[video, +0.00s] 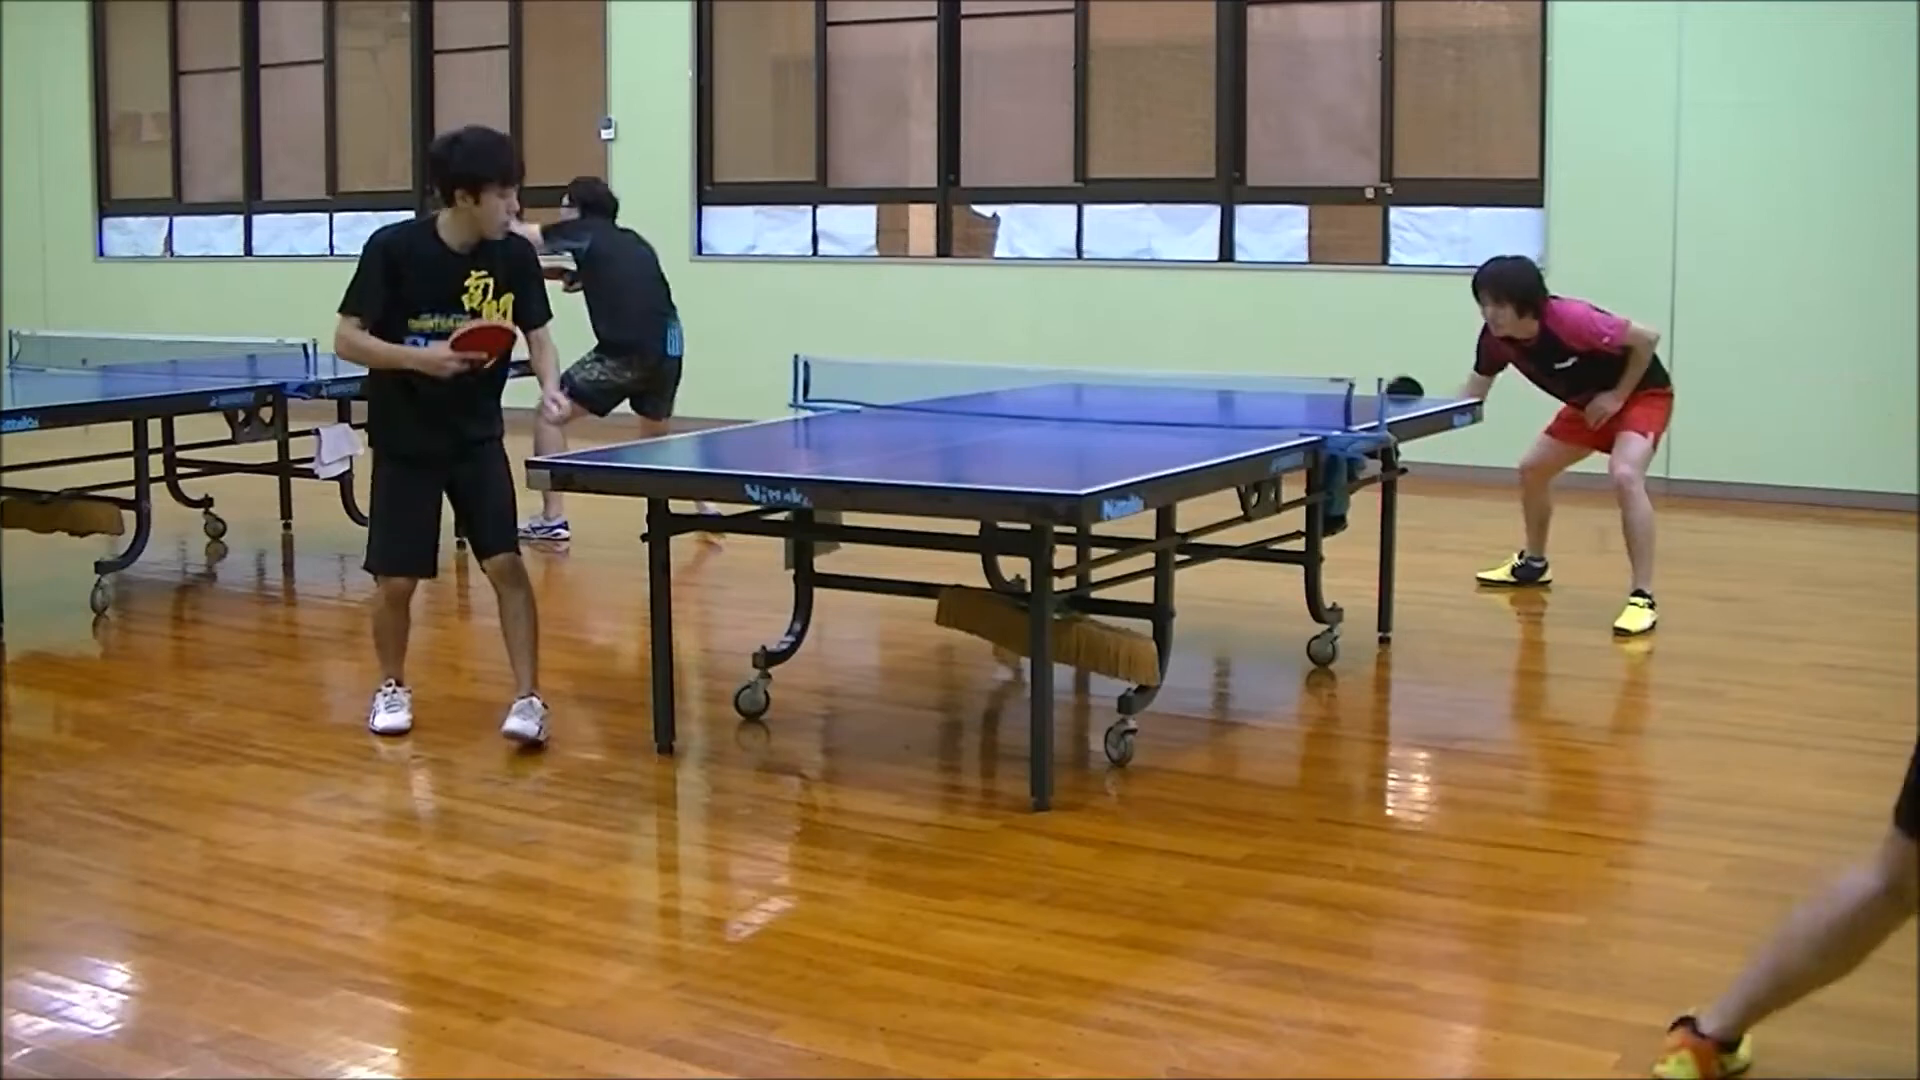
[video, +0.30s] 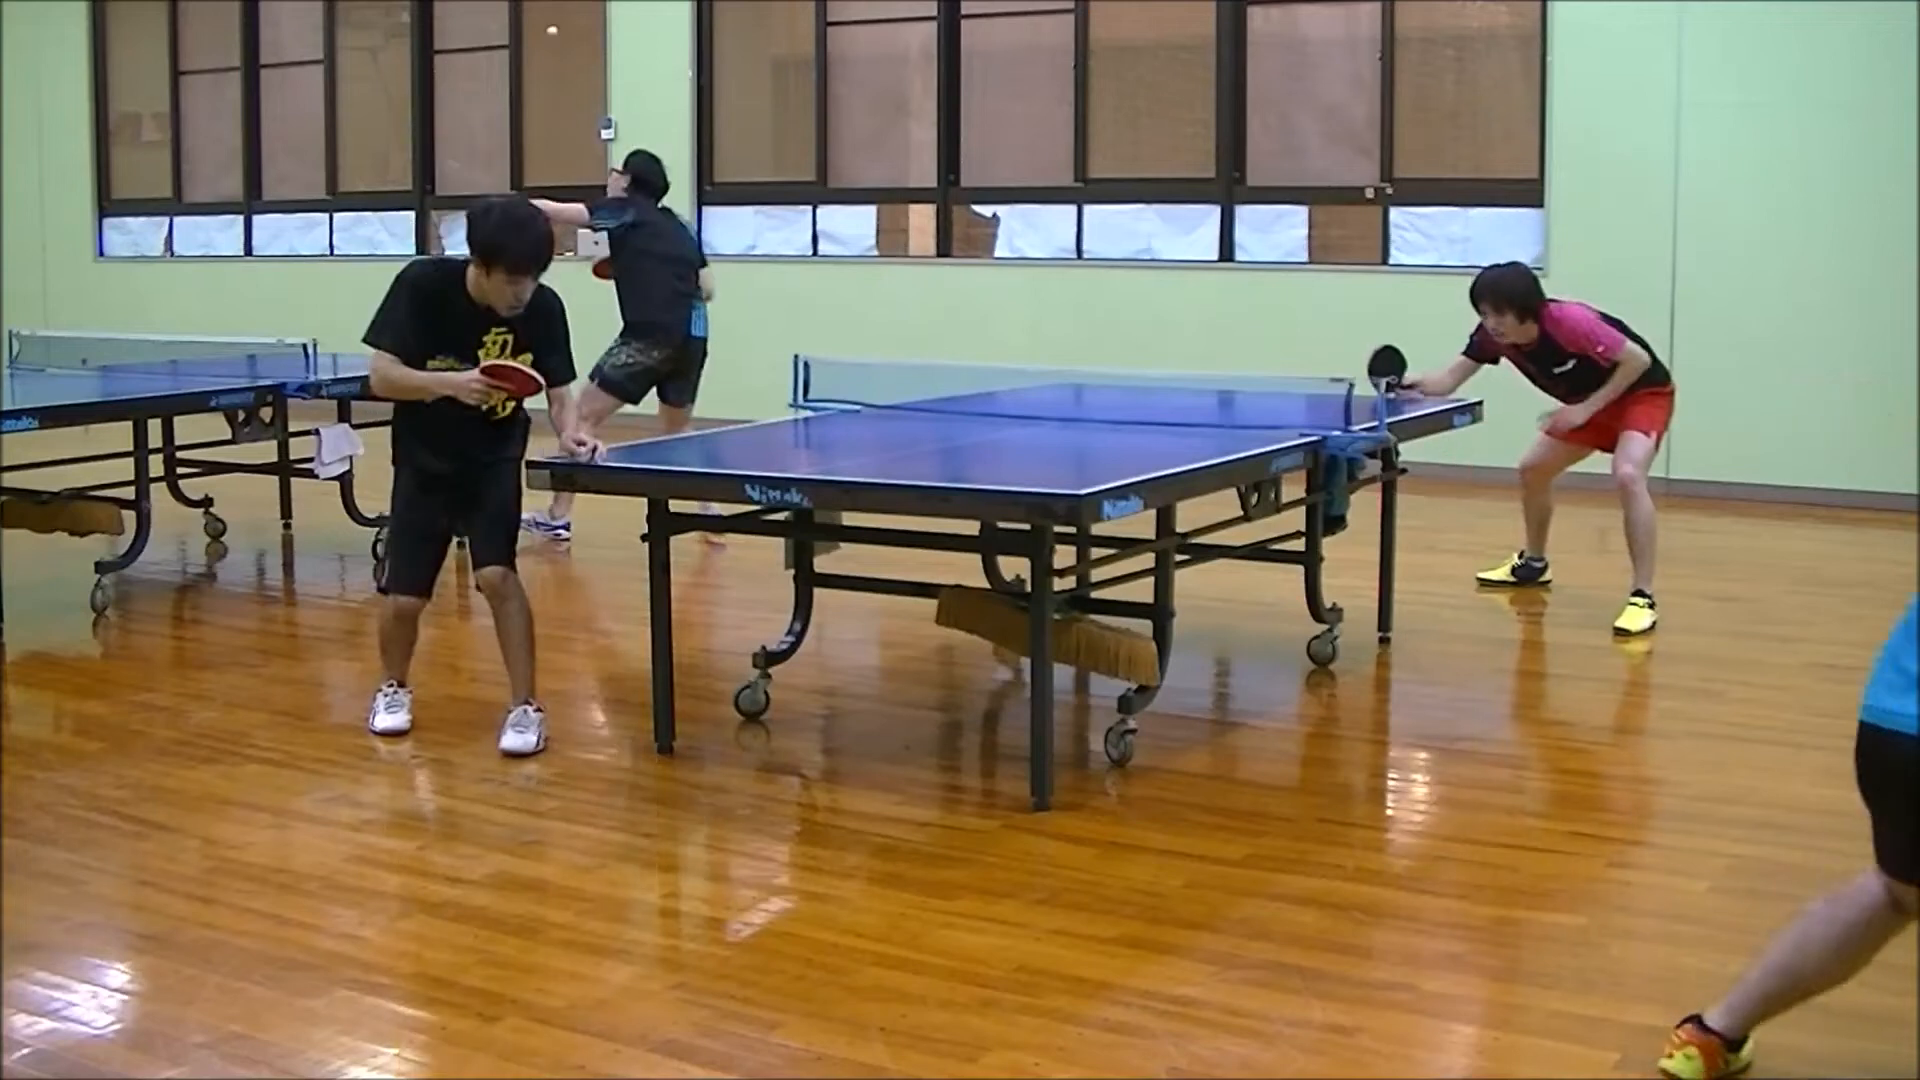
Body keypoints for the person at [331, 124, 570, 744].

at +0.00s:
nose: (511, 205)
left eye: (512, 193)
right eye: (502, 194)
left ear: (495, 194)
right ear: (463, 195)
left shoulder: (512, 253)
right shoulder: (392, 249)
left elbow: (538, 333)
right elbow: (347, 339)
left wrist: (549, 386)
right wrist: (418, 357)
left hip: (477, 440)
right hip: (404, 444)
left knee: (506, 565)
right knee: (396, 583)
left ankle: (527, 698)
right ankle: (391, 687)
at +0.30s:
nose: (523, 294)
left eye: (532, 281)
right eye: (513, 281)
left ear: (542, 268)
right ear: (479, 264)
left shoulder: (542, 308)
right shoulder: (422, 283)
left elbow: (560, 397)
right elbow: (381, 377)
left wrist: (571, 431)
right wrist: (448, 383)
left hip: (496, 461)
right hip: (423, 457)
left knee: (494, 574)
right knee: (403, 598)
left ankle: (525, 707)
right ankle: (394, 688)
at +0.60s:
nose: (547, 329)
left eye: (556, 318)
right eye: (538, 317)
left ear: (569, 304)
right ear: (505, 297)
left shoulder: (571, 326)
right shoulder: (456, 298)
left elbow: (568, 419)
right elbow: (429, 394)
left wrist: (544, 425)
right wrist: (516, 385)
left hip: (515, 468)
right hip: (449, 462)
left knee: (500, 586)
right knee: (424, 593)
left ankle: (524, 709)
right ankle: (413, 667)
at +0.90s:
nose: (553, 352)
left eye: (564, 342)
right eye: (543, 340)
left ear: (579, 325)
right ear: (514, 315)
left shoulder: (582, 338)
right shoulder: (469, 306)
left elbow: (551, 438)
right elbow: (443, 409)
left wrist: (531, 421)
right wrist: (535, 392)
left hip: (524, 465)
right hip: (457, 456)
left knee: (502, 592)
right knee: (449, 591)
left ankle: (525, 710)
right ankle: (423, 671)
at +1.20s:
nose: (563, 359)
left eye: (572, 348)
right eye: (553, 346)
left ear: (583, 333)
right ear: (518, 323)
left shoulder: (582, 346)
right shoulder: (471, 310)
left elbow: (550, 441)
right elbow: (443, 414)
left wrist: (529, 420)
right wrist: (532, 394)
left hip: (524, 467)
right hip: (457, 458)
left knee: (503, 593)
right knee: (455, 589)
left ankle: (525, 709)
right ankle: (428, 671)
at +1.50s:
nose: (563, 357)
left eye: (572, 347)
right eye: (554, 346)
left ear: (582, 329)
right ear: (520, 323)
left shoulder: (581, 338)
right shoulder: (470, 310)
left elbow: (553, 436)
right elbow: (440, 414)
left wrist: (536, 430)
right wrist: (530, 392)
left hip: (521, 462)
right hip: (455, 456)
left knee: (505, 591)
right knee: (455, 587)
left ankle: (524, 709)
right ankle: (428, 671)